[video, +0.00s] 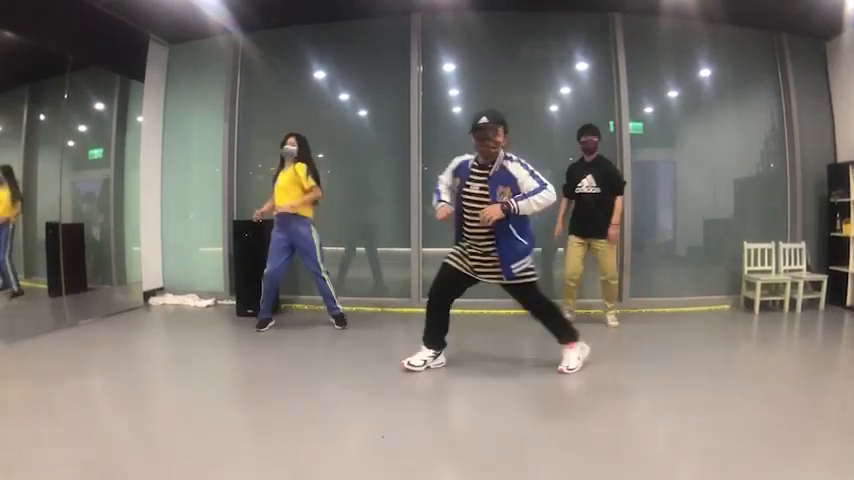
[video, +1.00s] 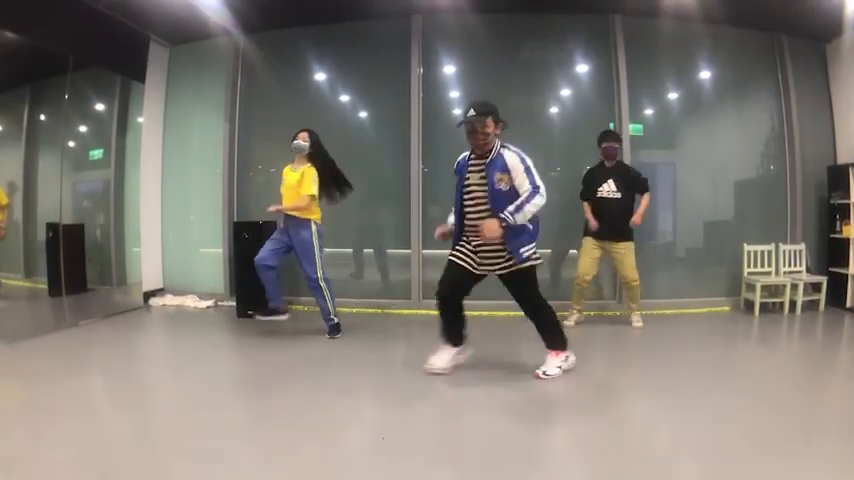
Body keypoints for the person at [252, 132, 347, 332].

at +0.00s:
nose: (289, 148)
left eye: (293, 145)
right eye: (286, 144)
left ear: (300, 149)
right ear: (282, 148)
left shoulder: (301, 167)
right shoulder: (281, 172)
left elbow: (316, 192)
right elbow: (277, 197)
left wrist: (294, 204)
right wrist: (264, 209)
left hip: (301, 221)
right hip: (281, 221)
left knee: (318, 269)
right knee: (271, 271)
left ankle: (337, 313)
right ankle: (265, 316)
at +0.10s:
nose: (283, 147)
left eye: (288, 144)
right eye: (281, 143)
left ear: (294, 149)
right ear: (275, 148)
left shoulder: (302, 172)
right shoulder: (268, 173)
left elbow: (311, 198)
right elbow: (260, 197)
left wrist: (301, 219)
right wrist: (264, 219)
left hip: (295, 220)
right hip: (274, 220)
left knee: (308, 268)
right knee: (270, 270)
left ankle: (327, 311)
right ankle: (265, 315)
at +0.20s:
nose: (282, 144)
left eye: (285, 141)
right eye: (278, 142)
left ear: (292, 146)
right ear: (273, 147)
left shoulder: (303, 171)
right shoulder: (267, 171)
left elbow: (307, 200)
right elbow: (263, 201)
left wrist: (311, 227)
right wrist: (264, 228)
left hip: (297, 218)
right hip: (274, 218)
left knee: (306, 259)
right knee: (271, 269)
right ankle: (266, 315)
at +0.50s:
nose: (291, 148)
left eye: (295, 145)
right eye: (287, 146)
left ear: (302, 150)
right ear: (282, 152)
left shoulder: (313, 177)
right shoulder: (277, 175)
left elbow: (327, 203)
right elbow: (259, 201)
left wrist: (323, 222)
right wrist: (263, 228)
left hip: (301, 226)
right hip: (278, 225)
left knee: (310, 268)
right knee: (269, 273)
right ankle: (258, 316)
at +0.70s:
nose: (307, 143)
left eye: (311, 141)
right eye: (303, 141)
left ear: (318, 147)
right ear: (298, 148)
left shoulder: (324, 175)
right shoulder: (289, 171)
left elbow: (332, 206)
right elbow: (279, 202)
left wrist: (314, 231)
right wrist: (269, 233)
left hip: (312, 224)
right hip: (288, 222)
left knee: (319, 273)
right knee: (281, 273)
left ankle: (327, 320)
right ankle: (277, 301)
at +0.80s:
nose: (306, 142)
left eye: (312, 139)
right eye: (303, 139)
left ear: (319, 146)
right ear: (299, 144)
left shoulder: (320, 172)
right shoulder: (290, 169)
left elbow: (323, 205)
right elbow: (283, 197)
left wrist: (297, 223)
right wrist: (278, 222)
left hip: (309, 222)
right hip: (287, 220)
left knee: (317, 274)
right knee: (276, 265)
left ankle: (330, 320)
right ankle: (288, 293)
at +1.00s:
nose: (299, 142)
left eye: (304, 140)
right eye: (297, 138)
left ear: (311, 147)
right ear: (292, 144)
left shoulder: (310, 171)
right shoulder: (287, 170)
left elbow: (306, 202)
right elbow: (287, 198)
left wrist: (281, 208)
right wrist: (283, 220)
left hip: (307, 225)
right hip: (288, 223)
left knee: (315, 275)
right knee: (263, 260)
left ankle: (332, 322)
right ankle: (276, 308)